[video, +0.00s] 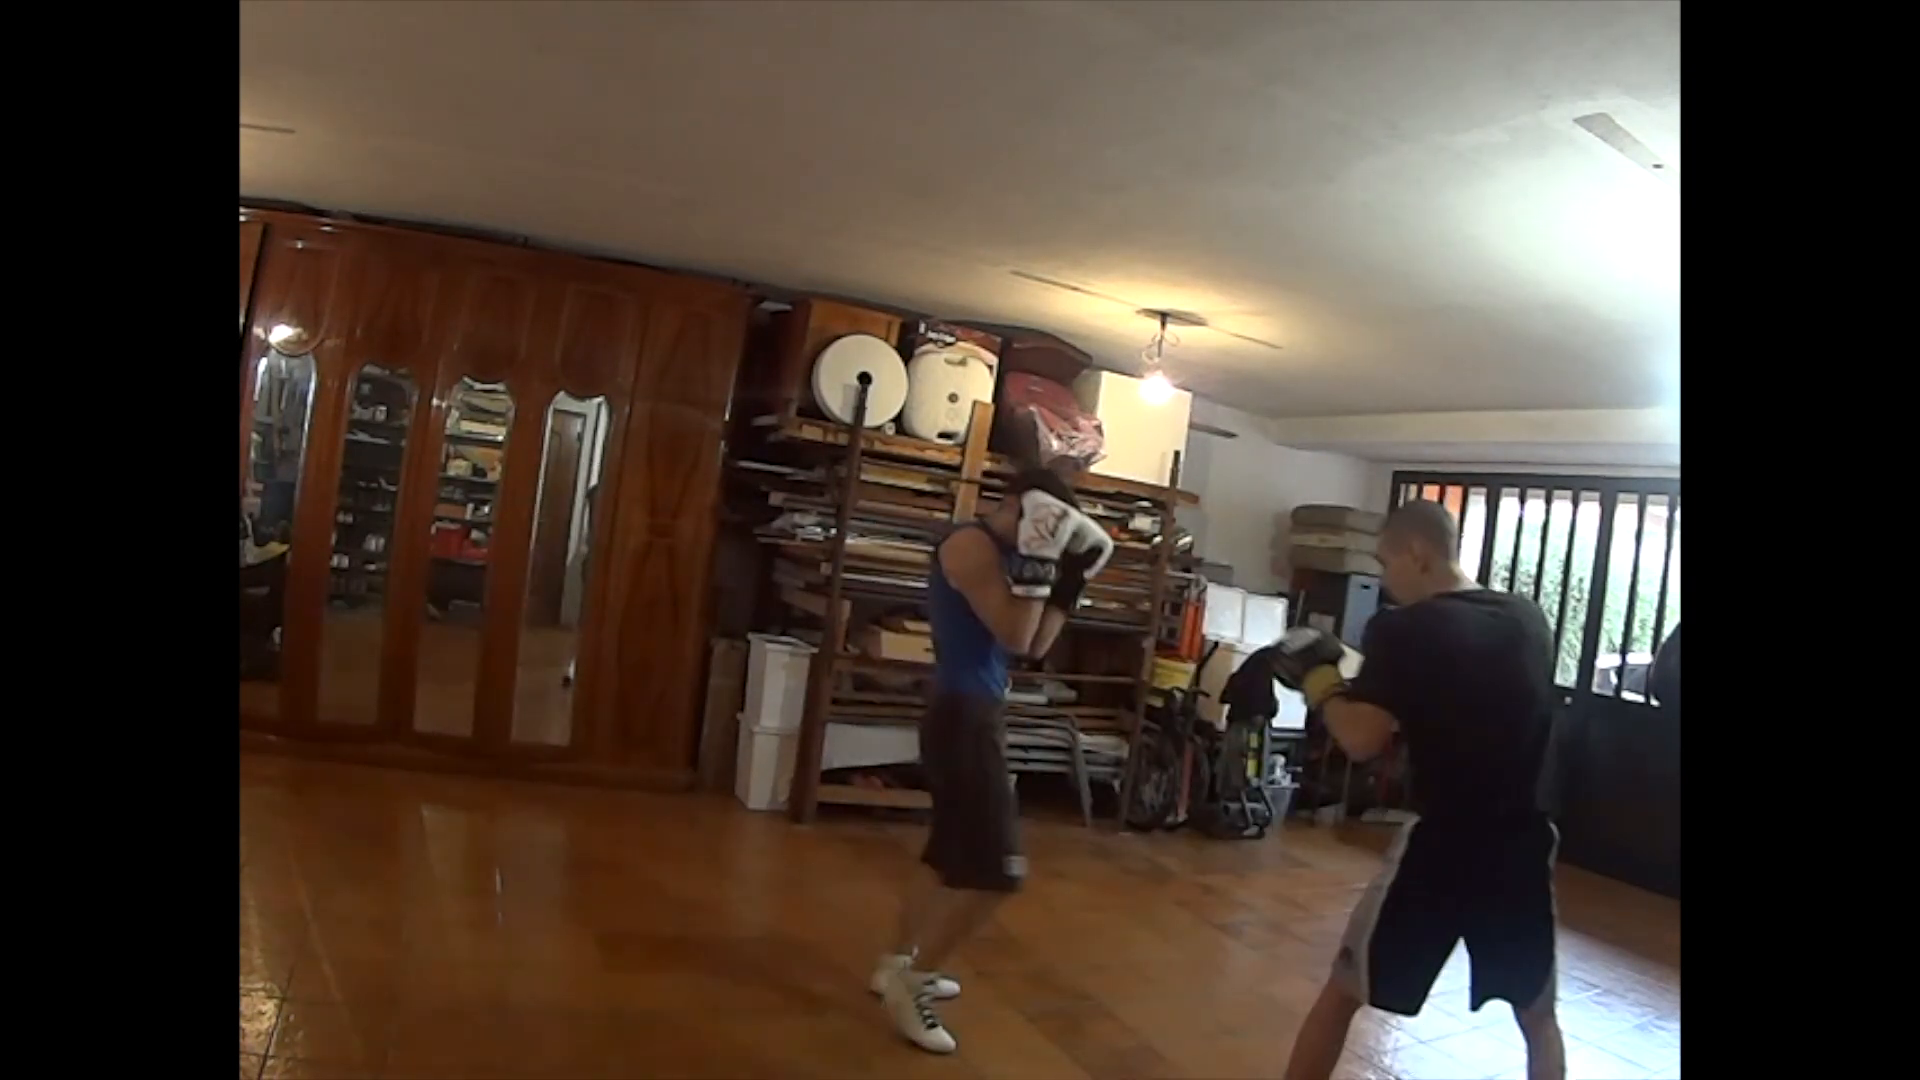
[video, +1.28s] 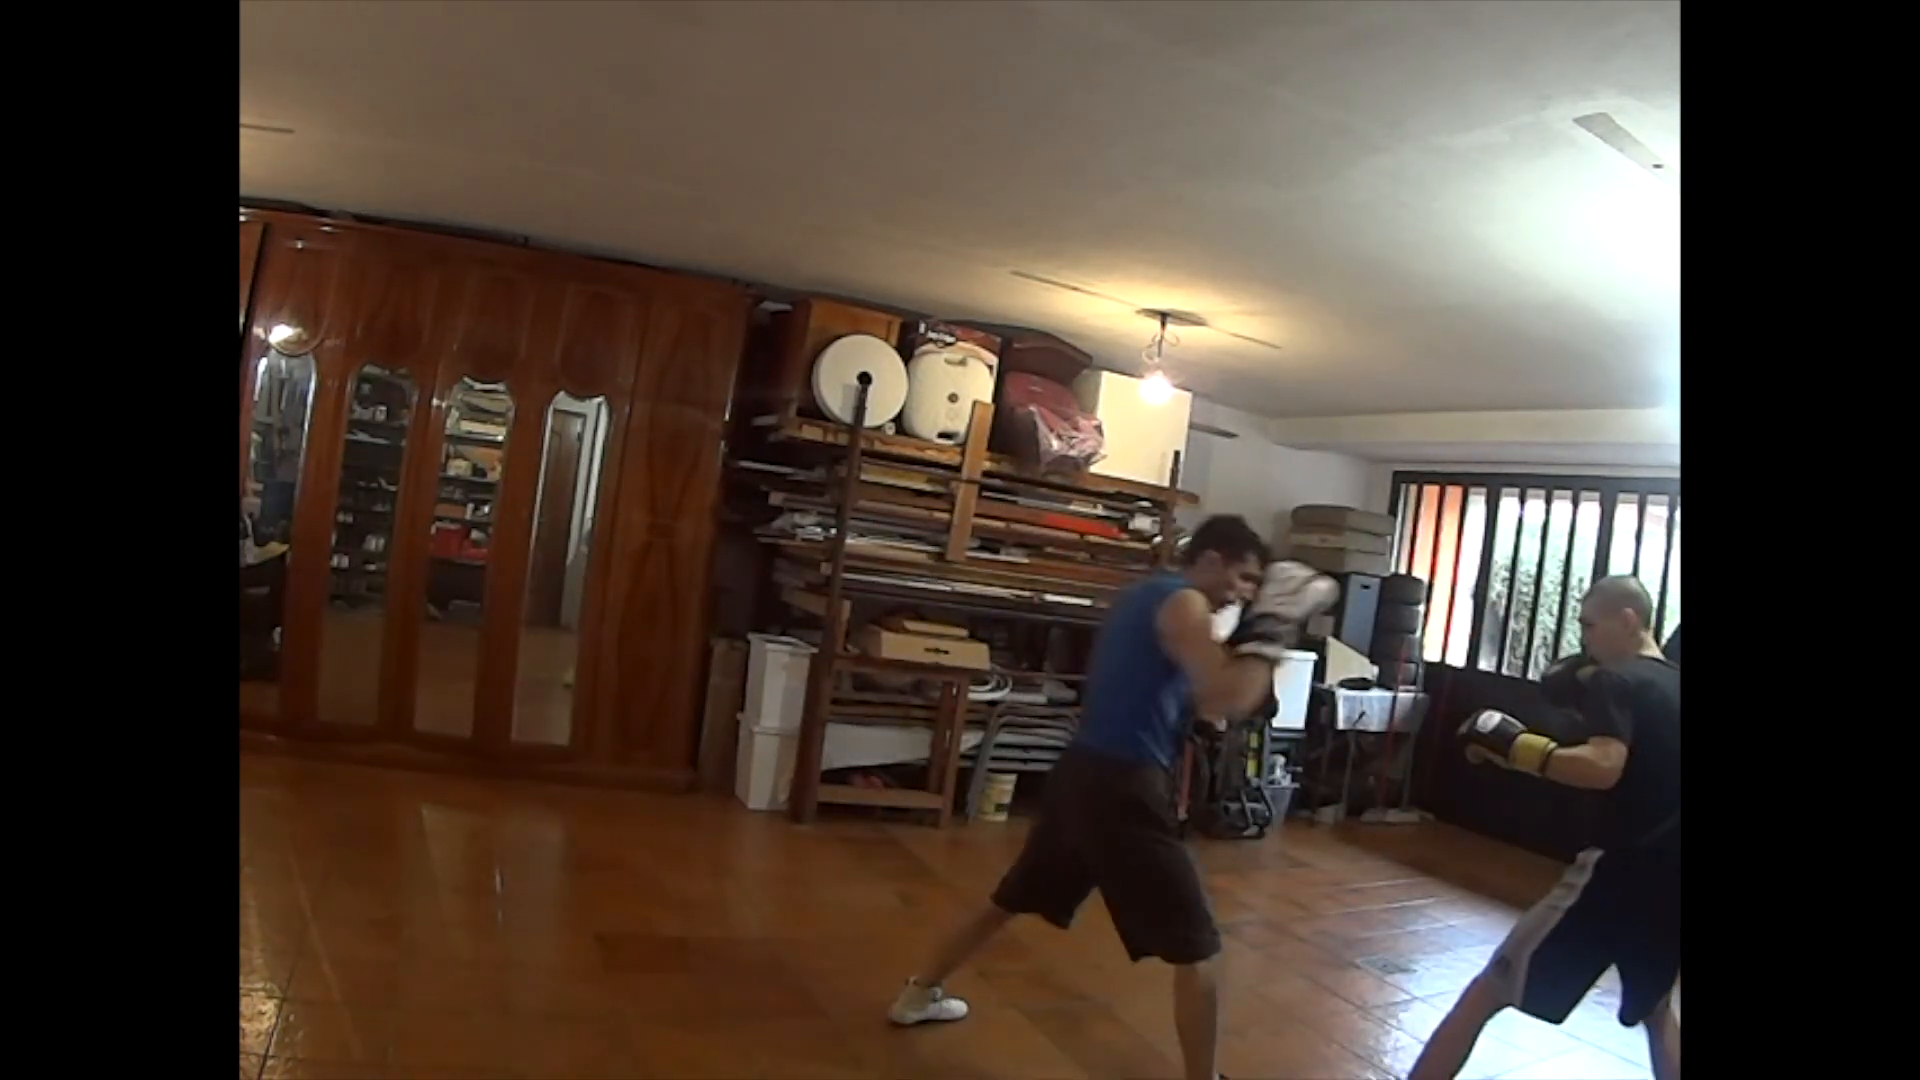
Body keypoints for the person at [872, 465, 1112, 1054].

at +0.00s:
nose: (1049, 532)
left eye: (1056, 523)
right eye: (1049, 518)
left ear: (1028, 508)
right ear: (1024, 503)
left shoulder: (1005, 554)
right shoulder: (968, 545)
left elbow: (1036, 643)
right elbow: (1018, 635)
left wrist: (1073, 579)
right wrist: (1047, 565)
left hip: (975, 719)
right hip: (963, 721)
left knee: (948, 859)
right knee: (997, 873)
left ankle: (902, 960)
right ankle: (912, 979)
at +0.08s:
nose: (1049, 542)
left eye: (1057, 533)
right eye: (1050, 530)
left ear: (1038, 525)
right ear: (1024, 511)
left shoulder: (1007, 560)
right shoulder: (974, 547)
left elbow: (1039, 652)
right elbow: (1015, 642)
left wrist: (1076, 591)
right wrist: (1045, 572)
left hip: (981, 725)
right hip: (969, 726)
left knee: (962, 864)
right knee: (1028, 876)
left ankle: (901, 961)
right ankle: (936, 978)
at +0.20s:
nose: (1067, 534)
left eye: (1071, 526)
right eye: (1068, 524)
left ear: (1046, 517)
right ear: (1044, 513)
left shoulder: (1024, 557)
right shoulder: (990, 545)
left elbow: (1058, 653)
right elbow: (1035, 640)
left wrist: (1096, 588)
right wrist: (1062, 568)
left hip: (995, 723)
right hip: (988, 723)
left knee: (967, 856)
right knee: (1054, 876)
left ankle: (900, 964)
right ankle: (1010, 1016)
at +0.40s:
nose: (1106, 552)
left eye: (1113, 544)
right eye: (1106, 540)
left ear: (1083, 531)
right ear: (1079, 525)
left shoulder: (1059, 567)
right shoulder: (1032, 559)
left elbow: (1099, 666)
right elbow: (1075, 660)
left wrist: (1139, 593)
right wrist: (1102, 582)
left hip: (1019, 743)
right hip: (1019, 746)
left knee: (970, 867)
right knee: (1066, 903)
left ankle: (899, 965)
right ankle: (1093, 1046)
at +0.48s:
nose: (1129, 570)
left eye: (1136, 561)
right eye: (1131, 557)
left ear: (1103, 541)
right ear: (1106, 540)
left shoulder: (1067, 579)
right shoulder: (1052, 576)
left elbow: (1120, 678)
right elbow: (1101, 675)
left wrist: (1156, 619)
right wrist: (1128, 606)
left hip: (1019, 757)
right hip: (1035, 762)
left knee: (982, 875)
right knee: (1084, 915)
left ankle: (900, 966)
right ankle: (1099, 1056)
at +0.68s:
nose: (1185, 597)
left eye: (1194, 586)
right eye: (1188, 581)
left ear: (1166, 559)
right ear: (1166, 558)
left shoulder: (1108, 587)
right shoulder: (1119, 602)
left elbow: (1162, 687)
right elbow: (1172, 704)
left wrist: (1190, 628)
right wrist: (1206, 628)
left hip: (1036, 758)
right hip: (1057, 767)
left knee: (994, 874)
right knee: (1121, 921)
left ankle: (905, 965)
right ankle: (1114, 1063)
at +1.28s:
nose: (1244, 589)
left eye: (1251, 581)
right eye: (1241, 574)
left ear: (1193, 558)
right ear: (1207, 557)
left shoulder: (1143, 596)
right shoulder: (1180, 602)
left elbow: (1205, 693)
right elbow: (1227, 694)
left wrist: (1257, 636)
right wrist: (1273, 632)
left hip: (1081, 779)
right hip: (1129, 793)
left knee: (1005, 901)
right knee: (1199, 954)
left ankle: (918, 992)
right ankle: (1202, 1070)